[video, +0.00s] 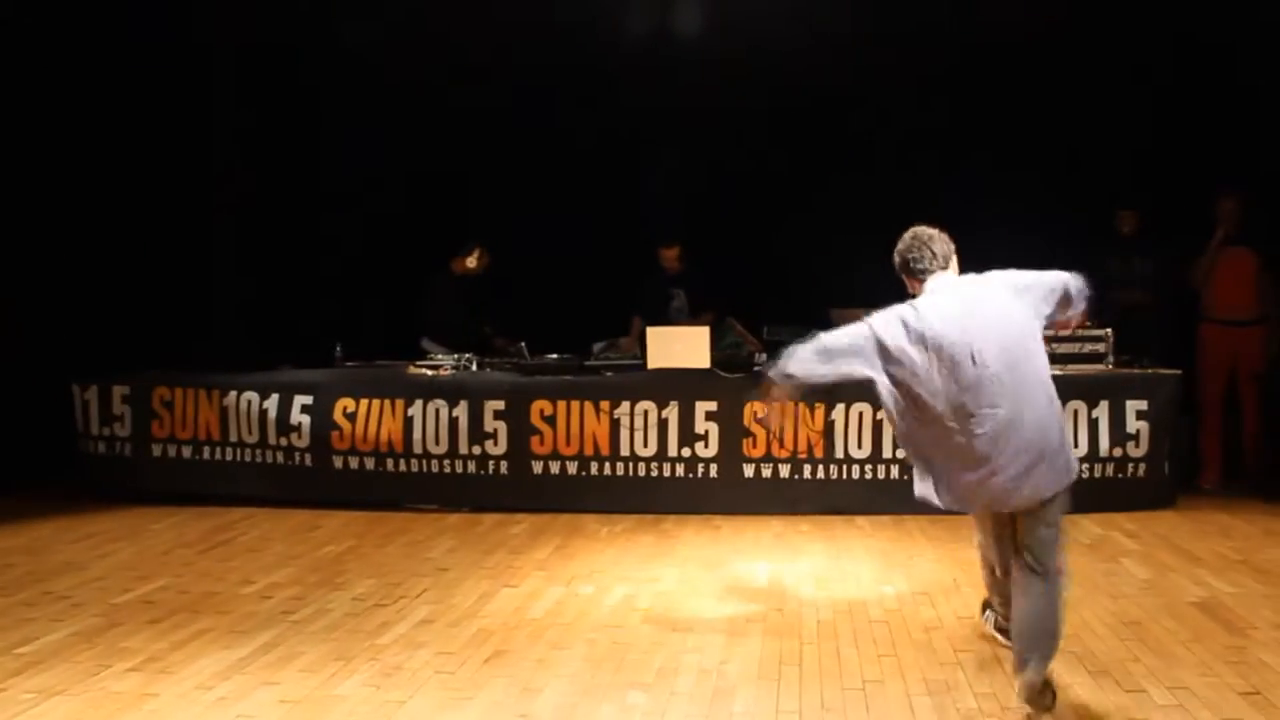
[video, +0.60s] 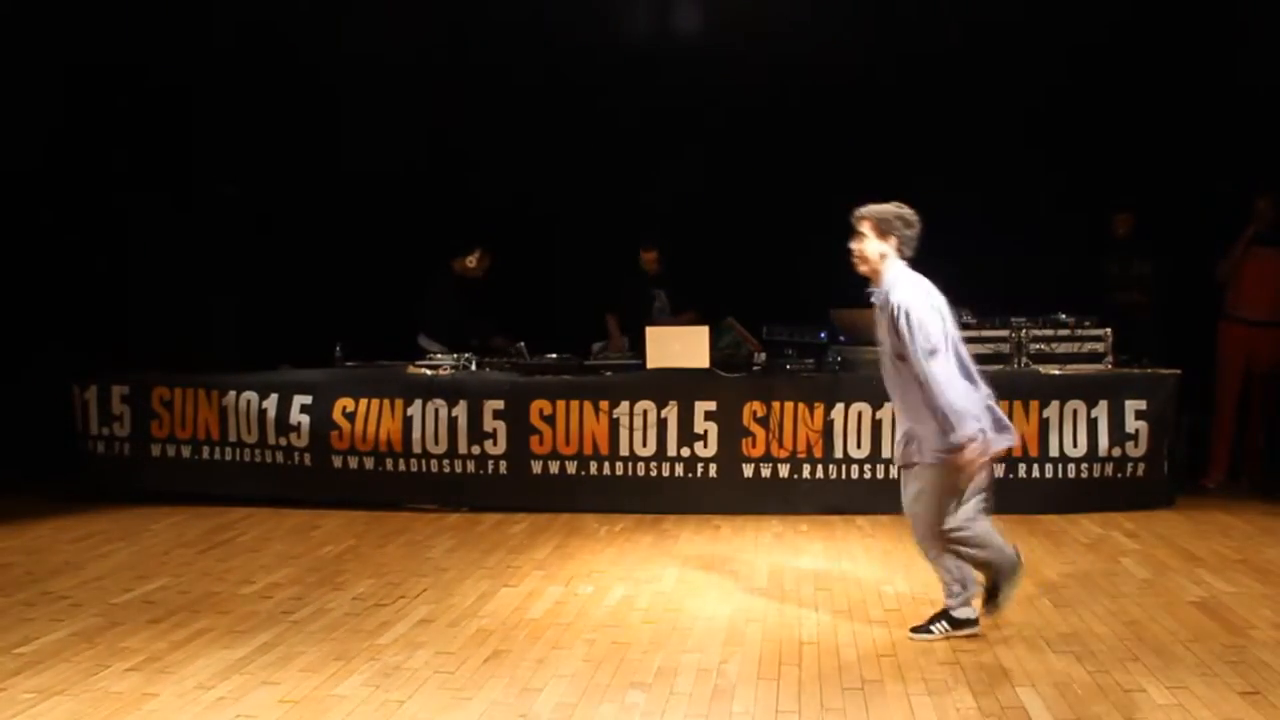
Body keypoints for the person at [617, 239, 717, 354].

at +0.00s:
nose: (671, 264)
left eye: (674, 259)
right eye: (666, 260)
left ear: (681, 258)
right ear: (659, 260)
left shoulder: (693, 280)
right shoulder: (652, 281)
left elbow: (708, 313)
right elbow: (639, 315)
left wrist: (693, 328)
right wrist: (632, 340)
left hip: (692, 338)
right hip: (659, 339)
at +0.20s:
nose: (670, 267)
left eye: (673, 263)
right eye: (666, 263)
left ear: (680, 261)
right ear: (659, 262)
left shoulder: (692, 284)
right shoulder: (649, 285)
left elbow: (709, 315)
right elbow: (625, 317)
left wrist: (687, 330)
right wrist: (628, 345)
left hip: (689, 342)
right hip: (655, 344)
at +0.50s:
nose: (657, 266)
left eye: (660, 261)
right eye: (652, 262)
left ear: (665, 259)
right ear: (645, 261)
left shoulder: (677, 281)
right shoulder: (636, 283)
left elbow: (698, 315)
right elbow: (618, 315)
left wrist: (677, 326)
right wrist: (622, 342)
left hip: (679, 341)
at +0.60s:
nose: (651, 266)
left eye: (654, 261)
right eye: (646, 261)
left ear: (660, 260)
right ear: (640, 261)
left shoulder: (672, 281)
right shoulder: (632, 283)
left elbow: (690, 313)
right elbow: (611, 313)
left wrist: (671, 327)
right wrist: (616, 338)